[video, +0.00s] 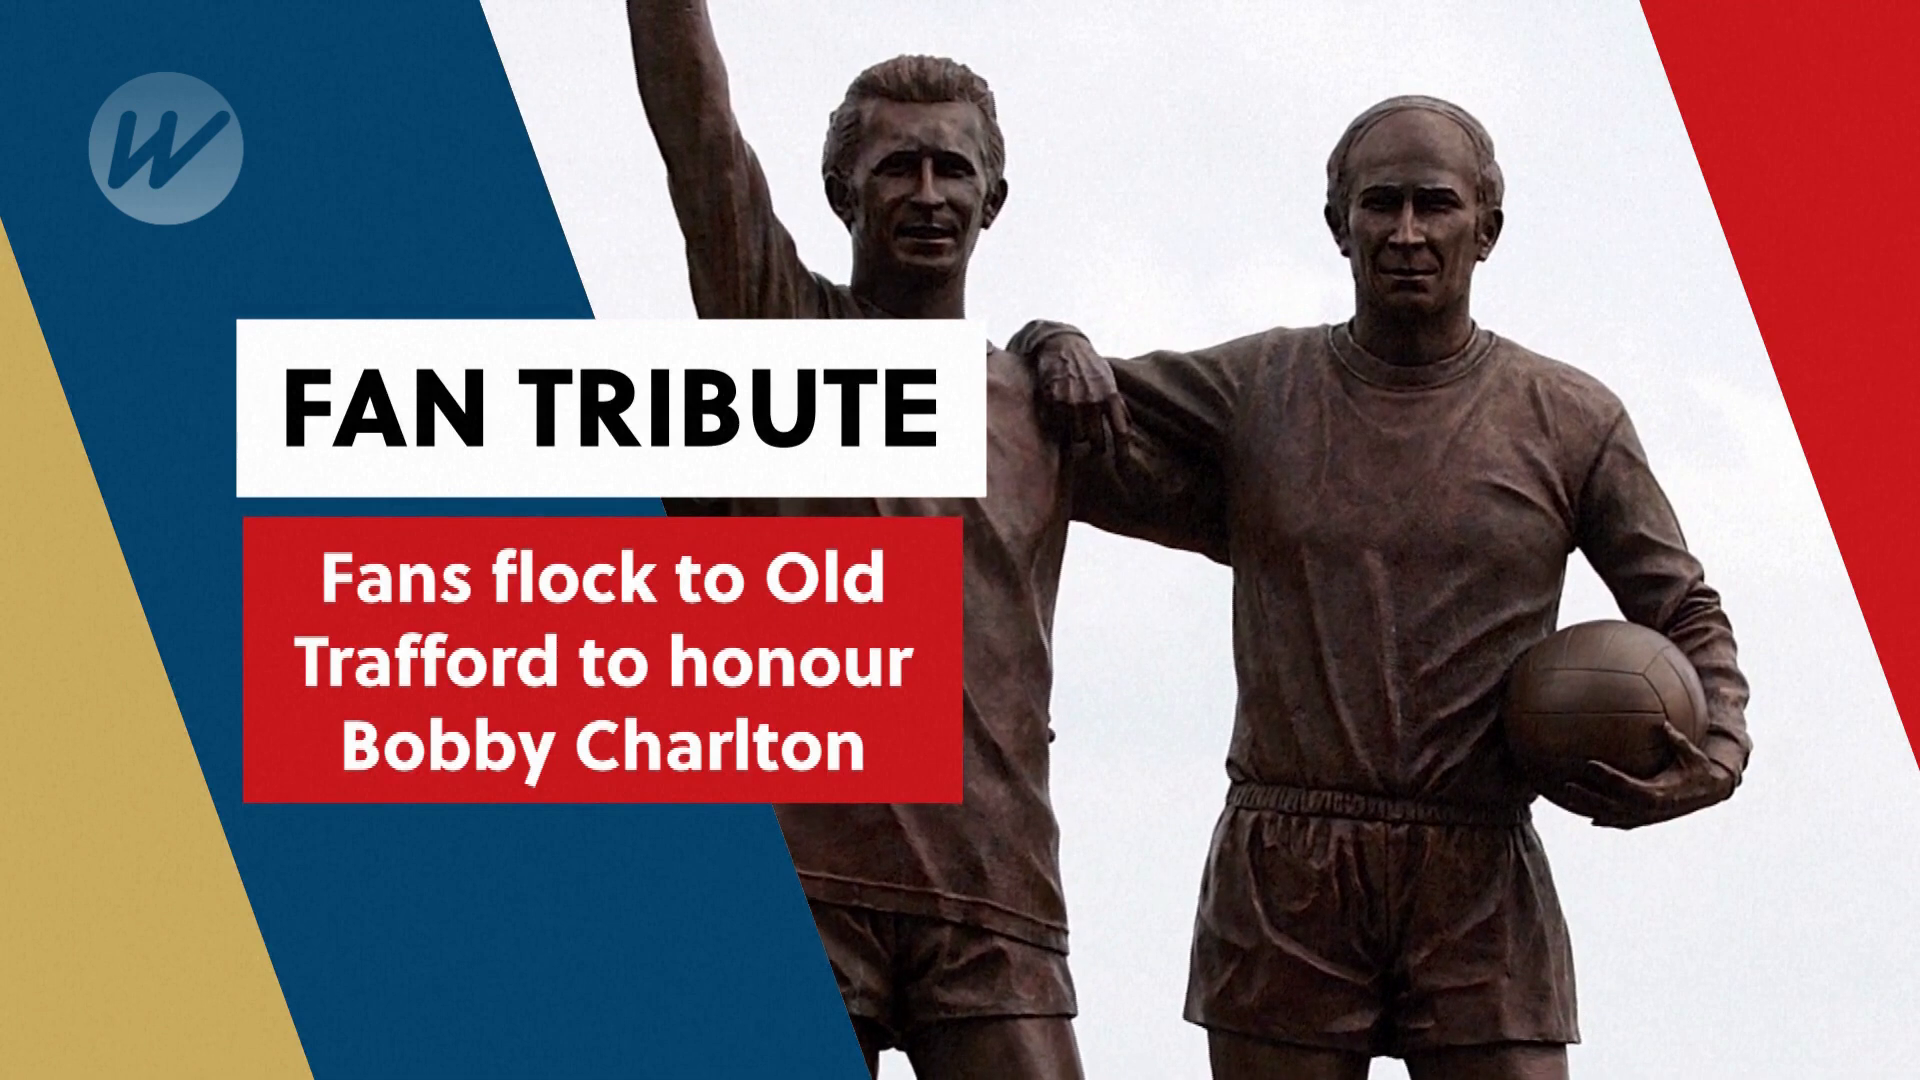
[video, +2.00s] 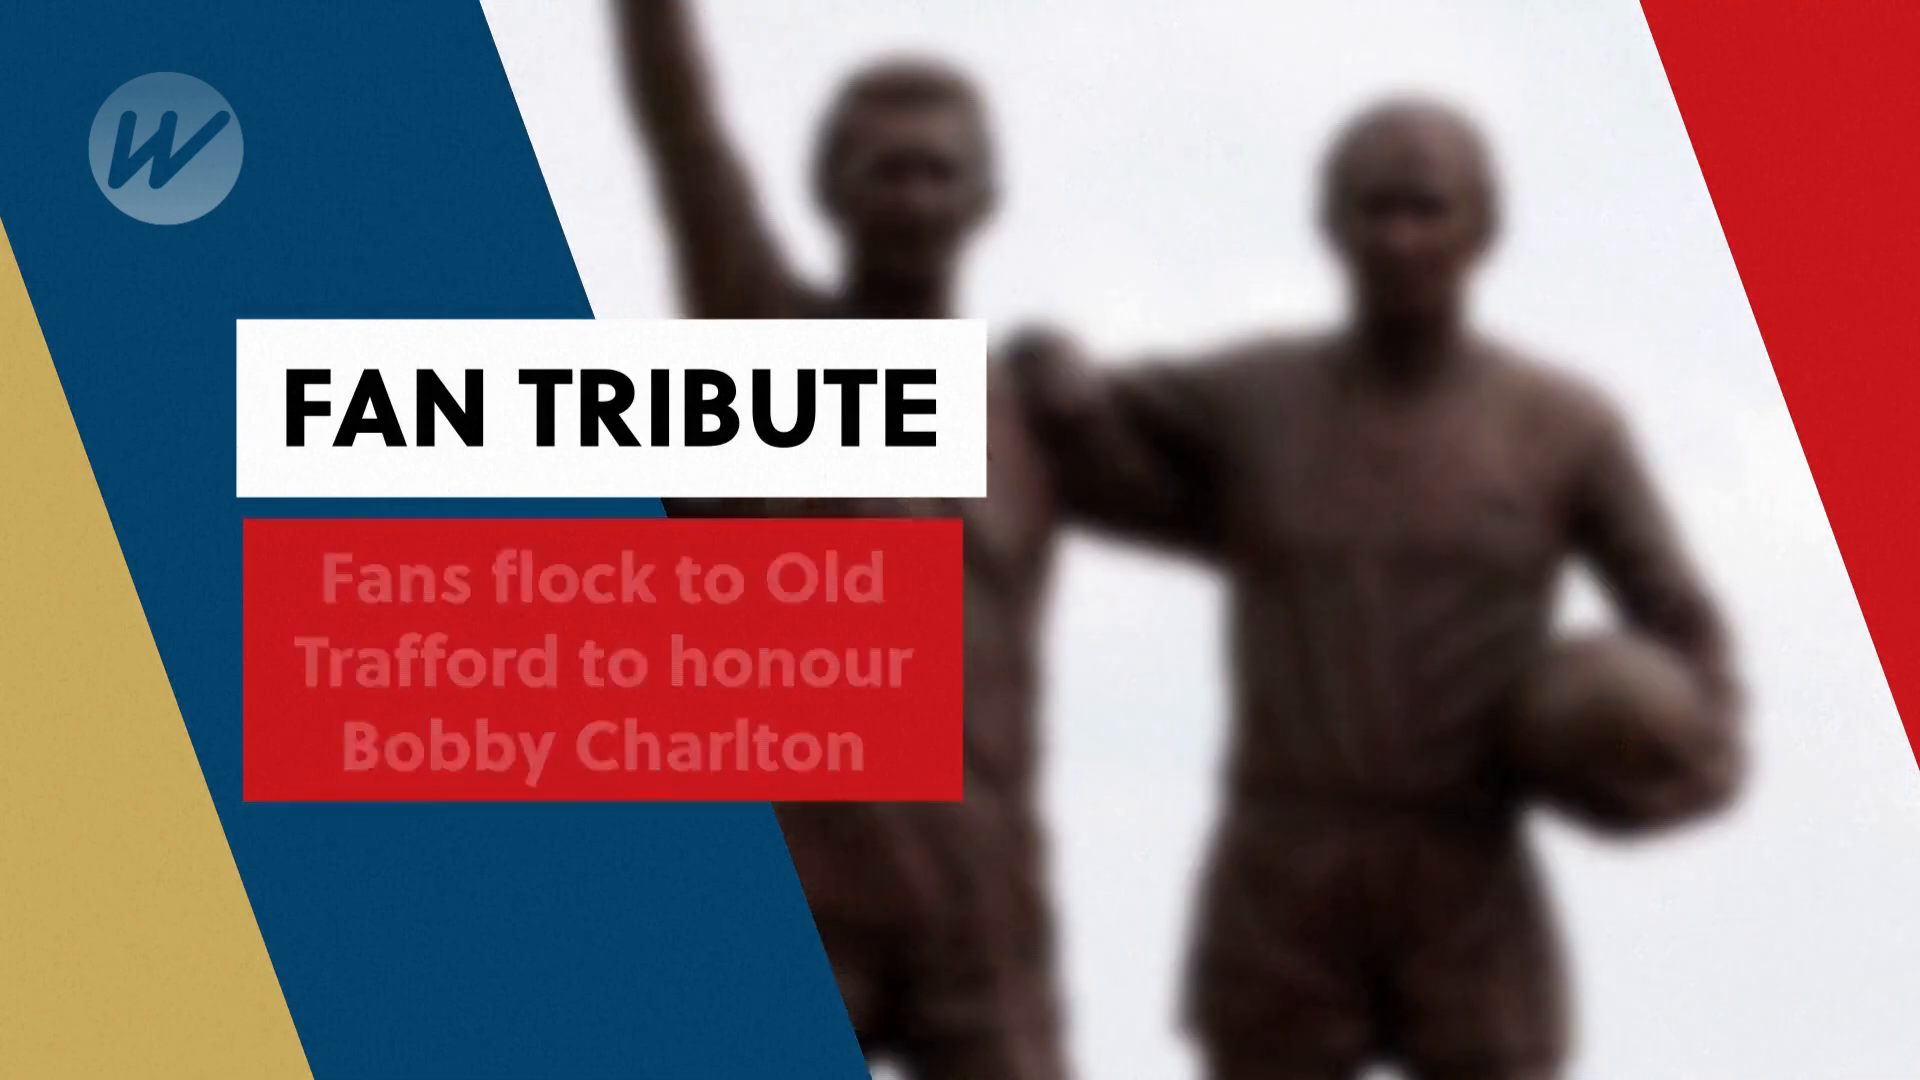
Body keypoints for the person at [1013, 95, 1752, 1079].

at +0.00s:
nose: (1406, 230)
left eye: (1435, 202)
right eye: (1379, 203)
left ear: (1488, 225)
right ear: (1338, 225)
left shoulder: (1571, 416)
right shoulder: (1257, 383)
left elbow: (1682, 610)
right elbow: (1084, 412)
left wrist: (1719, 746)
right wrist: (1052, 346)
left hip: (1479, 883)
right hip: (1281, 877)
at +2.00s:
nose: (1398, 237)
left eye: (1426, 207)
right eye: (1370, 208)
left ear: (1485, 226)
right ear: (1331, 226)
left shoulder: (1560, 428)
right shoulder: (1255, 402)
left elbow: (1685, 632)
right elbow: (1081, 441)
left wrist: (1680, 745)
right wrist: (1049, 386)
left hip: (1467, 888)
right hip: (1279, 885)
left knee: (1497, 1059)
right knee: (1268, 1058)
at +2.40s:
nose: (1409, 251)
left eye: (1432, 217)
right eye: (1386, 216)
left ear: (1472, 228)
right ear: (1348, 226)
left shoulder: (1546, 439)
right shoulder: (1267, 425)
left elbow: (1690, 714)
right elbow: (1039, 429)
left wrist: (1555, 707)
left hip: (1467, 912)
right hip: (1291, 905)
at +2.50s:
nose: (1411, 252)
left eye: (1433, 218)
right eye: (1388, 218)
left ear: (1471, 230)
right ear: (1350, 228)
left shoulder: (1546, 442)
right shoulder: (1270, 429)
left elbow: (1685, 725)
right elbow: (1024, 427)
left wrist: (1531, 705)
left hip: (1467, 919)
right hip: (1293, 913)